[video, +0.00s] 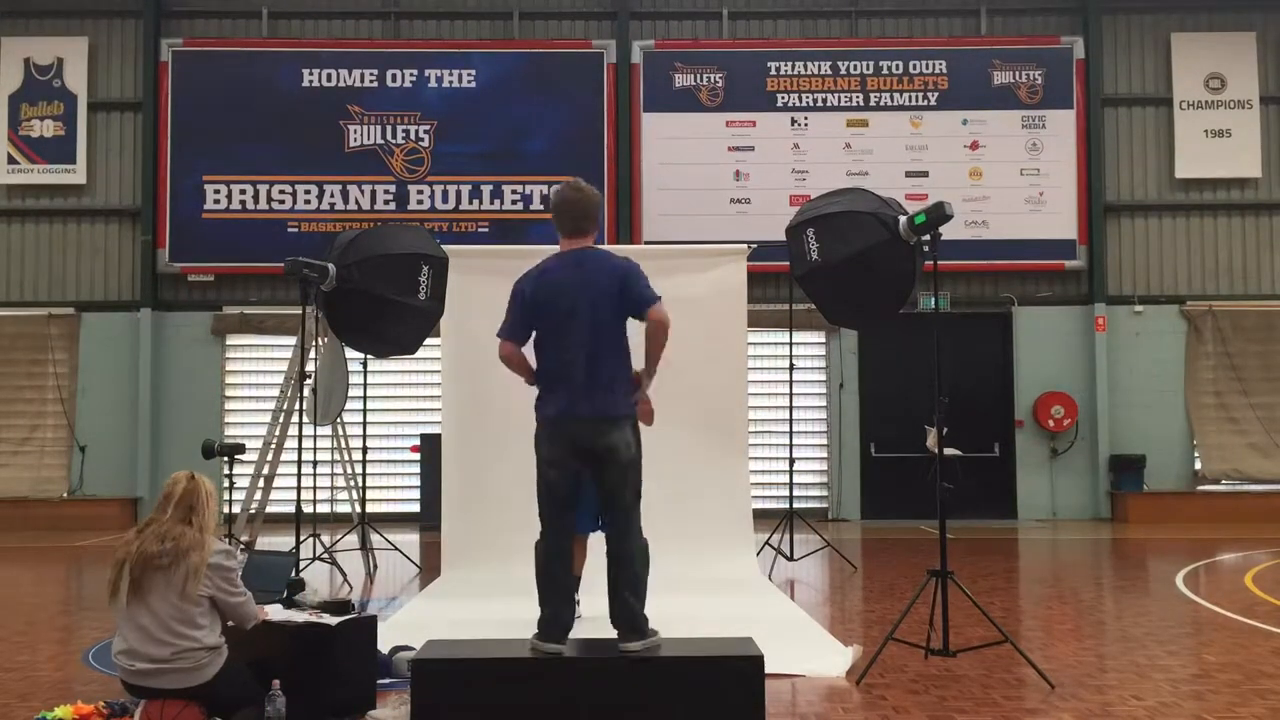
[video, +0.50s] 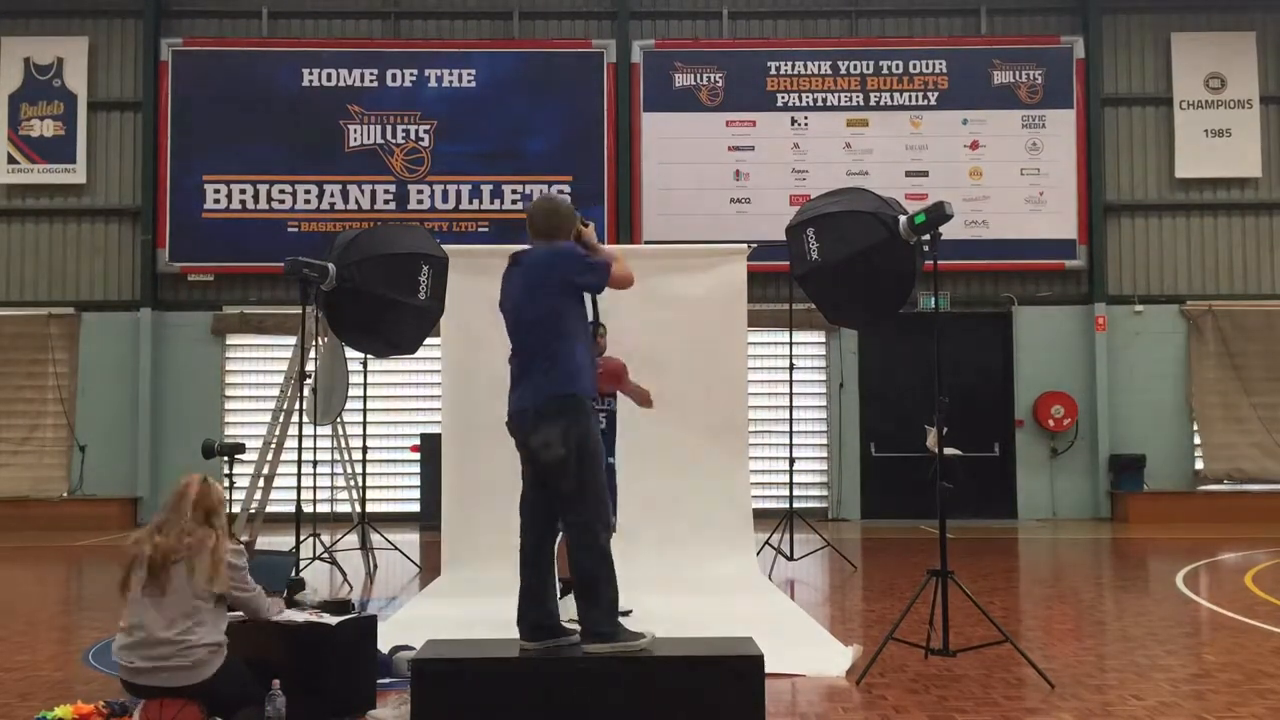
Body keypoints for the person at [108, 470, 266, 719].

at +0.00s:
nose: (215, 512)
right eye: (213, 506)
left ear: (164, 504)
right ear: (206, 510)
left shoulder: (135, 544)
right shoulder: (214, 553)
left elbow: (129, 608)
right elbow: (246, 617)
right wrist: (257, 615)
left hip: (135, 680)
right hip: (195, 679)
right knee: (252, 701)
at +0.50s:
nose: (225, 514)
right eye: (222, 508)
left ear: (174, 506)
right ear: (216, 511)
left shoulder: (145, 542)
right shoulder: (225, 550)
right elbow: (259, 608)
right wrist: (277, 604)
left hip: (136, 680)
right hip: (196, 677)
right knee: (252, 700)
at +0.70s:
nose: (223, 509)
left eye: (222, 503)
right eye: (221, 504)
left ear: (176, 503)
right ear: (215, 507)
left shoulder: (149, 542)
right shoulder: (226, 546)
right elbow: (270, 575)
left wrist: (225, 607)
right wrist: (303, 571)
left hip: (137, 673)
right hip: (199, 670)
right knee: (252, 702)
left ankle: (147, 706)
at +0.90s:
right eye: (219, 505)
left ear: (169, 506)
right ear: (214, 509)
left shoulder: (141, 545)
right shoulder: (231, 555)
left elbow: (133, 612)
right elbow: (241, 635)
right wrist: (233, 665)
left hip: (138, 680)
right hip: (203, 684)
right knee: (255, 698)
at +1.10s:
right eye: (216, 511)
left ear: (169, 511)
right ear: (210, 514)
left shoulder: (143, 543)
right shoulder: (225, 552)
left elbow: (132, 608)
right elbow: (243, 628)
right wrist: (279, 614)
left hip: (140, 678)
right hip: (205, 682)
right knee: (254, 703)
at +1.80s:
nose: (223, 517)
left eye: (222, 511)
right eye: (221, 511)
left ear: (175, 507)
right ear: (214, 512)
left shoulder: (144, 539)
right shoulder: (223, 547)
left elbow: (133, 600)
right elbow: (230, 605)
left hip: (141, 677)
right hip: (208, 680)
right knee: (254, 704)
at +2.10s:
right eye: (217, 504)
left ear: (173, 508)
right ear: (215, 509)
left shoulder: (142, 542)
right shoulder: (226, 549)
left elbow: (132, 605)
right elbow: (254, 621)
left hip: (140, 678)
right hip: (205, 681)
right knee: (254, 702)